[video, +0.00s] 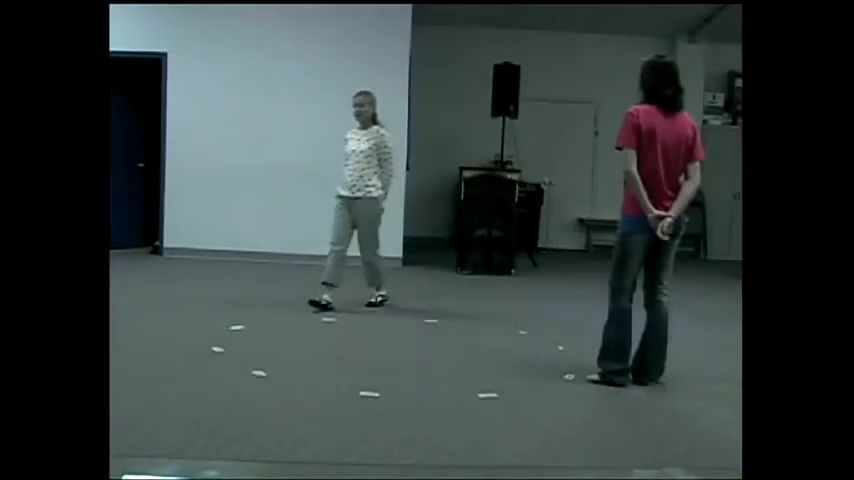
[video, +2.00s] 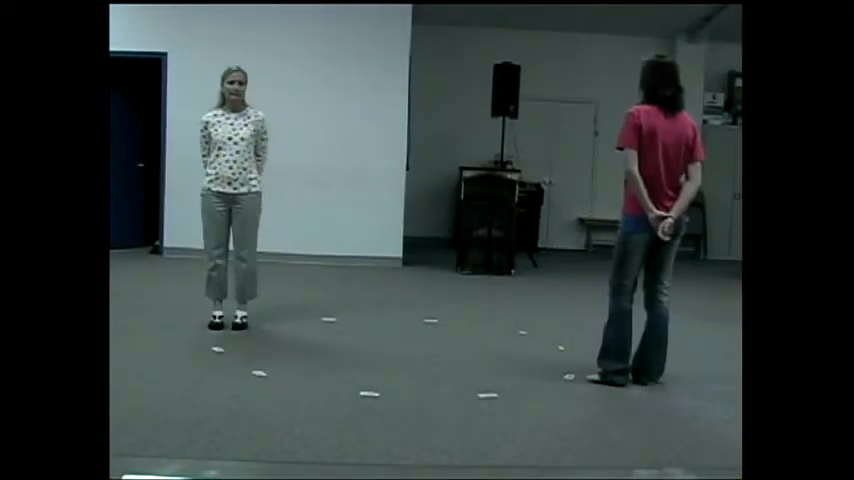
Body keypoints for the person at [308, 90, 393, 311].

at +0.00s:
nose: (357, 110)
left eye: (362, 106)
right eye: (355, 106)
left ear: (373, 108)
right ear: (352, 109)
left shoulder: (380, 135)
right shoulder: (350, 135)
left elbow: (387, 169)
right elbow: (349, 165)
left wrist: (381, 194)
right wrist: (352, 186)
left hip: (369, 197)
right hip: (346, 195)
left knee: (369, 249)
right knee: (337, 246)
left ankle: (379, 291)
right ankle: (327, 294)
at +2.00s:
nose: (236, 87)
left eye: (241, 83)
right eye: (231, 83)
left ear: (246, 87)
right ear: (222, 86)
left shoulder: (257, 119)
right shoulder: (209, 119)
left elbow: (261, 155)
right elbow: (205, 154)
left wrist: (252, 179)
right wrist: (215, 176)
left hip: (246, 191)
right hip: (215, 190)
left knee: (244, 252)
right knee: (216, 252)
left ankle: (242, 309)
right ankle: (217, 309)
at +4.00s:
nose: (234, 88)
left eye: (239, 84)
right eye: (229, 84)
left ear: (246, 87)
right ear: (222, 88)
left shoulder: (257, 119)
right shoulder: (210, 120)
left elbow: (262, 155)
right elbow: (207, 155)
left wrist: (254, 179)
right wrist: (215, 177)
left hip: (246, 191)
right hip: (215, 190)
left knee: (243, 252)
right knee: (217, 252)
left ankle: (241, 309)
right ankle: (217, 309)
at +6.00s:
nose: (235, 80)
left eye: (240, 76)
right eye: (229, 75)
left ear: (246, 82)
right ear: (219, 79)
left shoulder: (256, 118)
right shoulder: (203, 117)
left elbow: (260, 159)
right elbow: (196, 160)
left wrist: (251, 185)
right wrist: (207, 184)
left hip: (248, 199)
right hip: (211, 198)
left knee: (242, 269)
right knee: (217, 266)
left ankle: (233, 336)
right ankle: (210, 310)